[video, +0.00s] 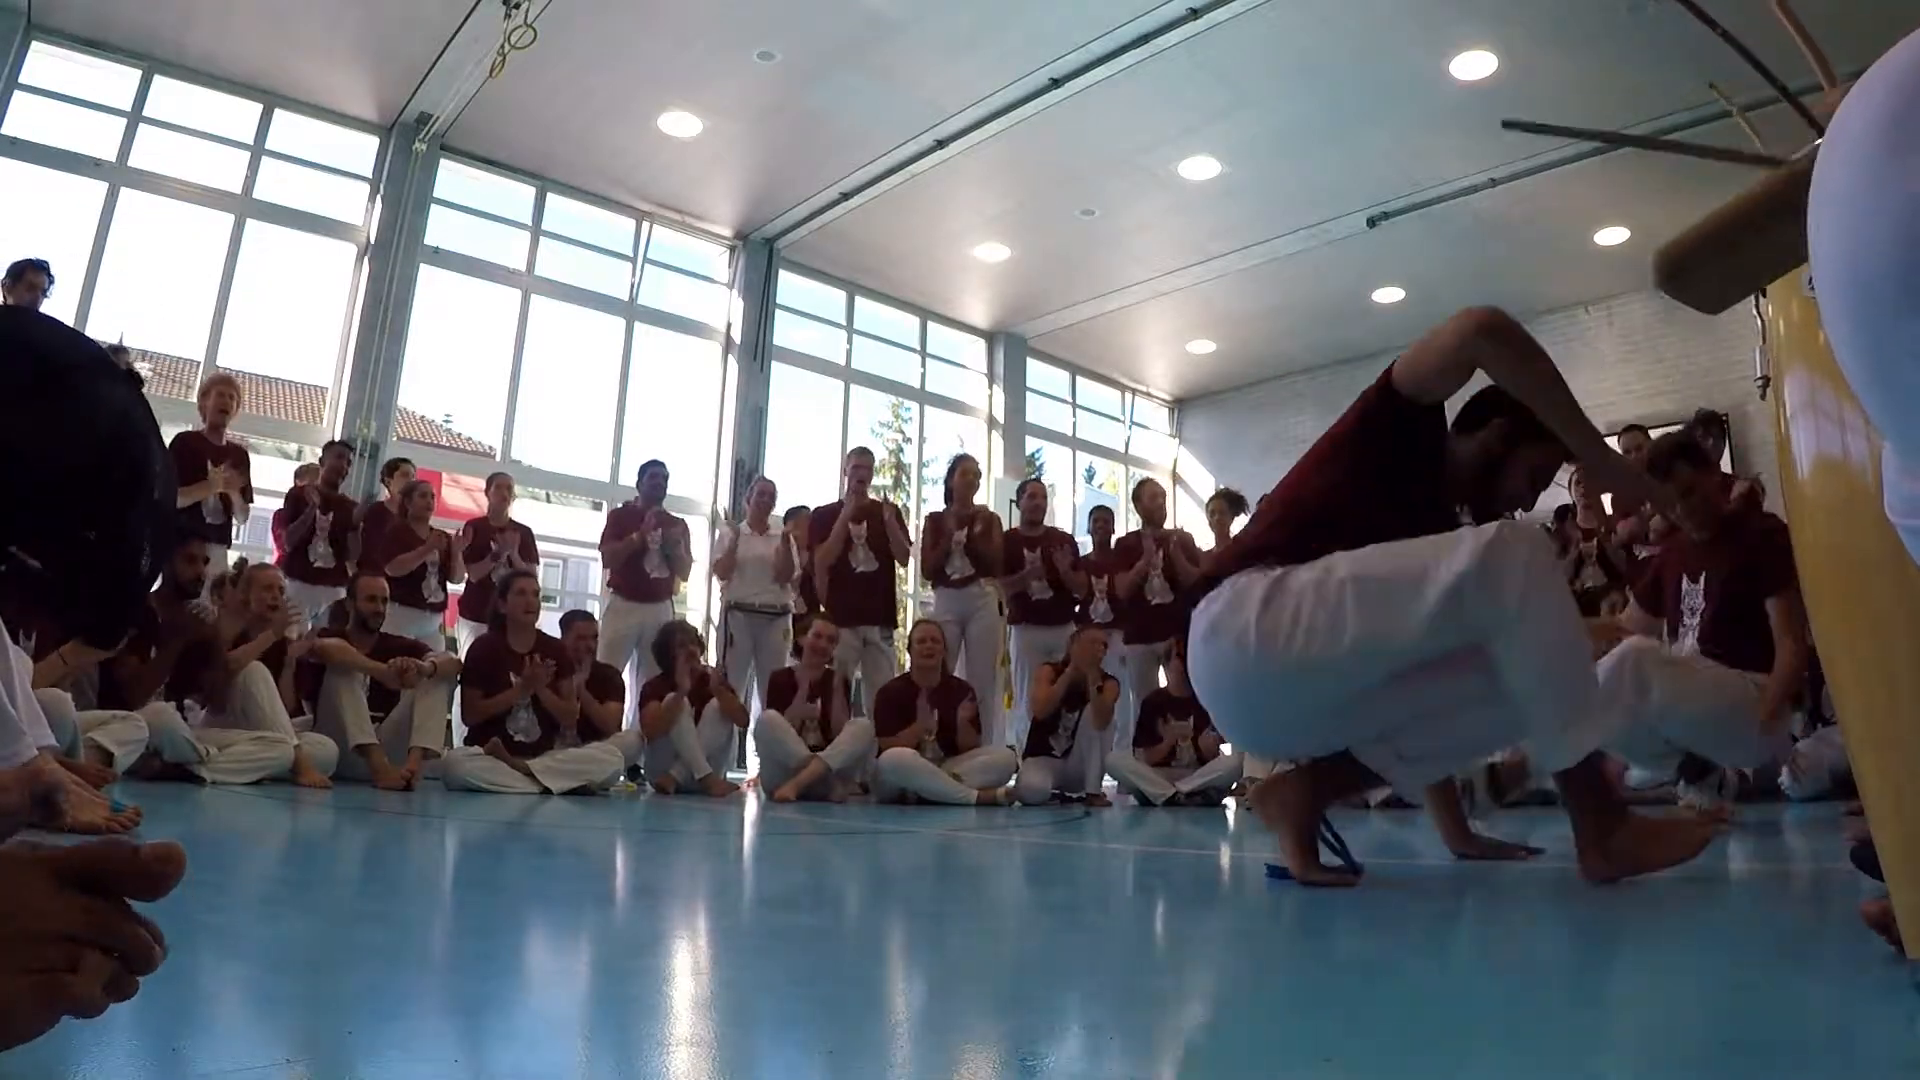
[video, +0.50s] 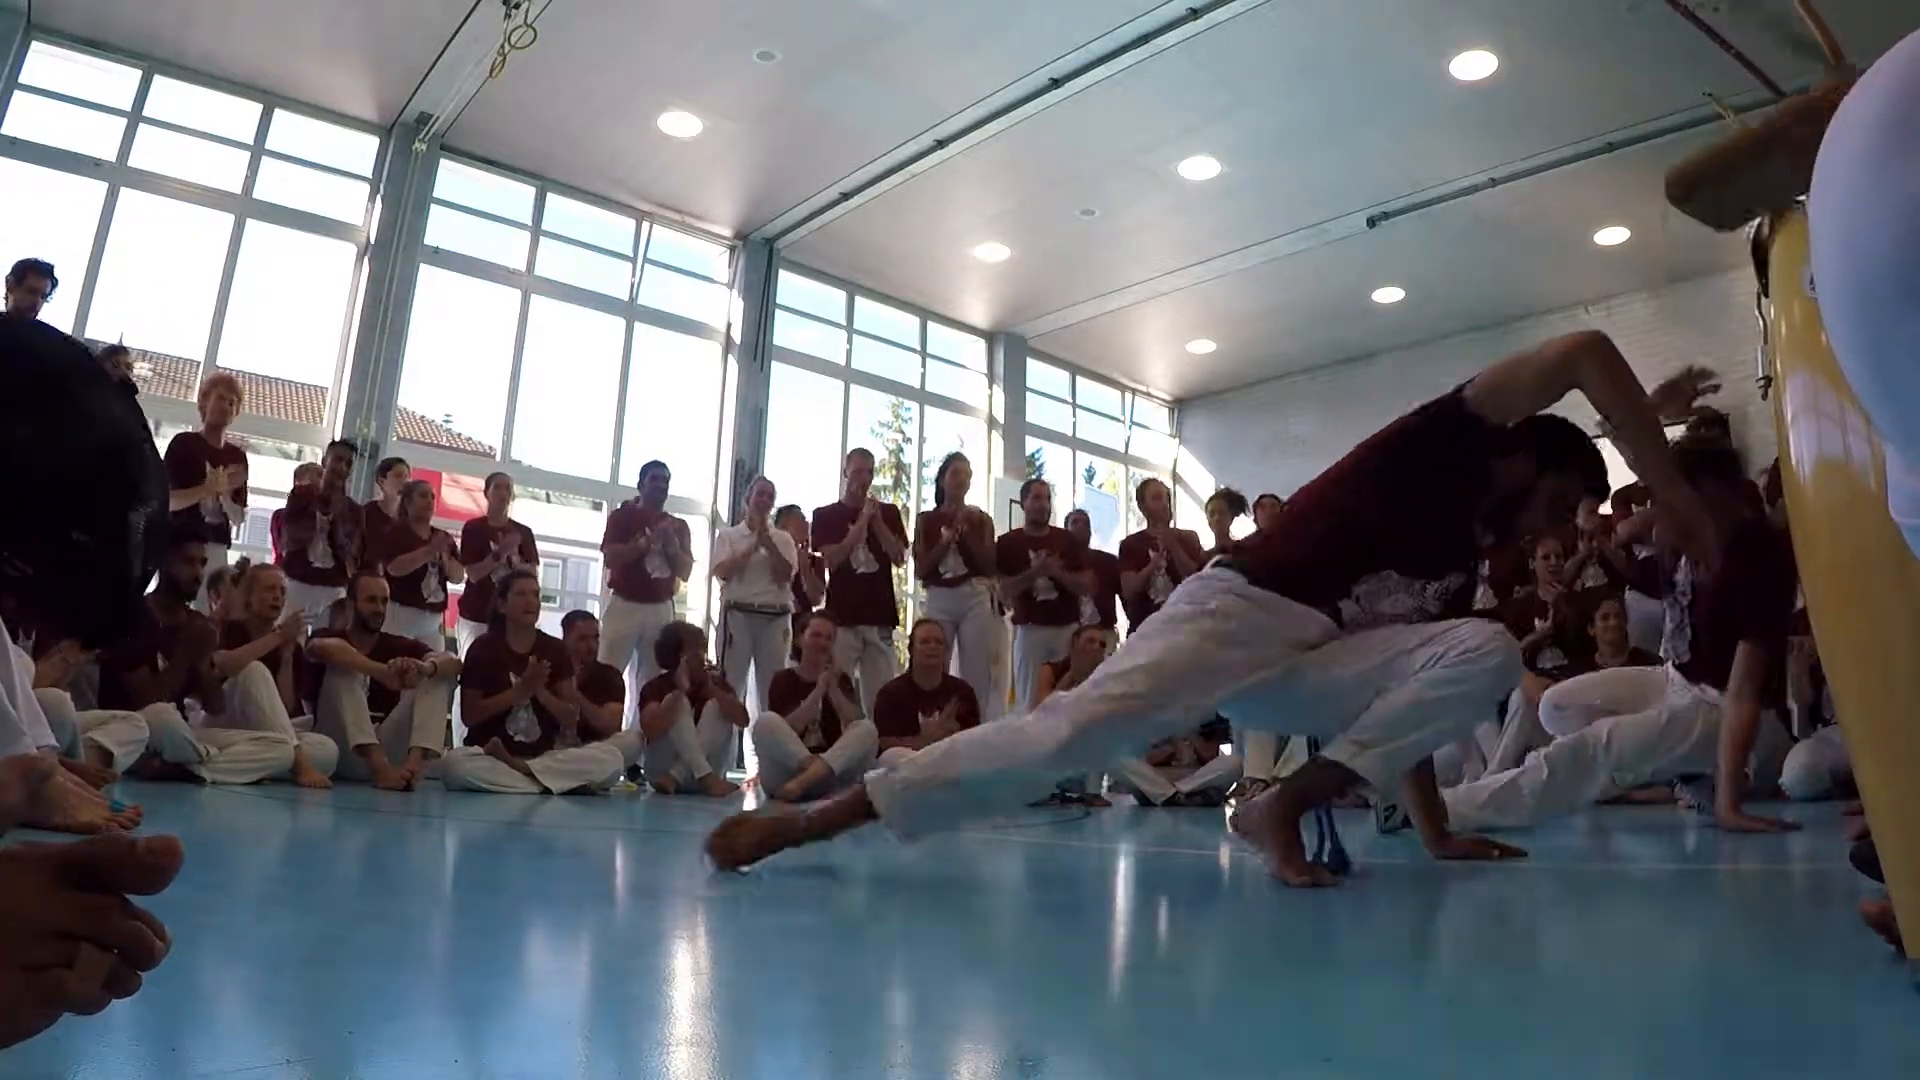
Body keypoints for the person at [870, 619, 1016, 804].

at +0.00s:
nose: (928, 646)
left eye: (935, 641)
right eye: (921, 642)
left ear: (944, 650)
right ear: (909, 650)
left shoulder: (961, 689)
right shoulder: (891, 692)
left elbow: (970, 749)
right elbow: (886, 747)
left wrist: (963, 723)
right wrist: (919, 728)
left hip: (951, 767)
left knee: (1005, 759)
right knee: (894, 759)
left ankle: (928, 792)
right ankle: (976, 798)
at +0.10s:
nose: (931, 646)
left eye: (937, 642)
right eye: (923, 642)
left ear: (945, 650)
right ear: (910, 649)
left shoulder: (961, 689)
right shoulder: (891, 692)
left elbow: (971, 748)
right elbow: (885, 746)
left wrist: (953, 721)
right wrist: (929, 731)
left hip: (951, 767)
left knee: (1005, 758)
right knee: (895, 759)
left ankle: (928, 791)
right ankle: (975, 798)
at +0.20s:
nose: (931, 646)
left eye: (937, 642)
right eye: (924, 642)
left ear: (945, 650)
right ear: (910, 649)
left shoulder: (962, 690)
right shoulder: (891, 692)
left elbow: (971, 748)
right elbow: (883, 746)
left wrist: (953, 723)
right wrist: (927, 732)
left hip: (951, 768)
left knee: (1006, 758)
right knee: (895, 759)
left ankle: (929, 792)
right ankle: (976, 797)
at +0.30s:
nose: (932, 647)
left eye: (938, 642)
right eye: (924, 642)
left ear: (945, 650)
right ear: (911, 650)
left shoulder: (961, 690)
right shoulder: (891, 692)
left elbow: (974, 744)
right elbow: (882, 746)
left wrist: (959, 734)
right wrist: (920, 733)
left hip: (951, 765)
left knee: (1005, 758)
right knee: (895, 759)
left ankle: (929, 792)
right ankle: (974, 797)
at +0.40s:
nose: (933, 647)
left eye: (939, 642)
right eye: (925, 642)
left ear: (946, 650)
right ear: (911, 650)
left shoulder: (961, 691)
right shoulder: (890, 693)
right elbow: (884, 747)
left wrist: (961, 726)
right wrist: (921, 732)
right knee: (892, 757)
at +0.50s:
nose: (933, 647)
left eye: (939, 642)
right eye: (925, 642)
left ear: (945, 650)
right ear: (911, 650)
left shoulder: (962, 691)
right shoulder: (890, 693)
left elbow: (972, 740)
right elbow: (884, 745)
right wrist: (925, 740)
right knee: (891, 757)